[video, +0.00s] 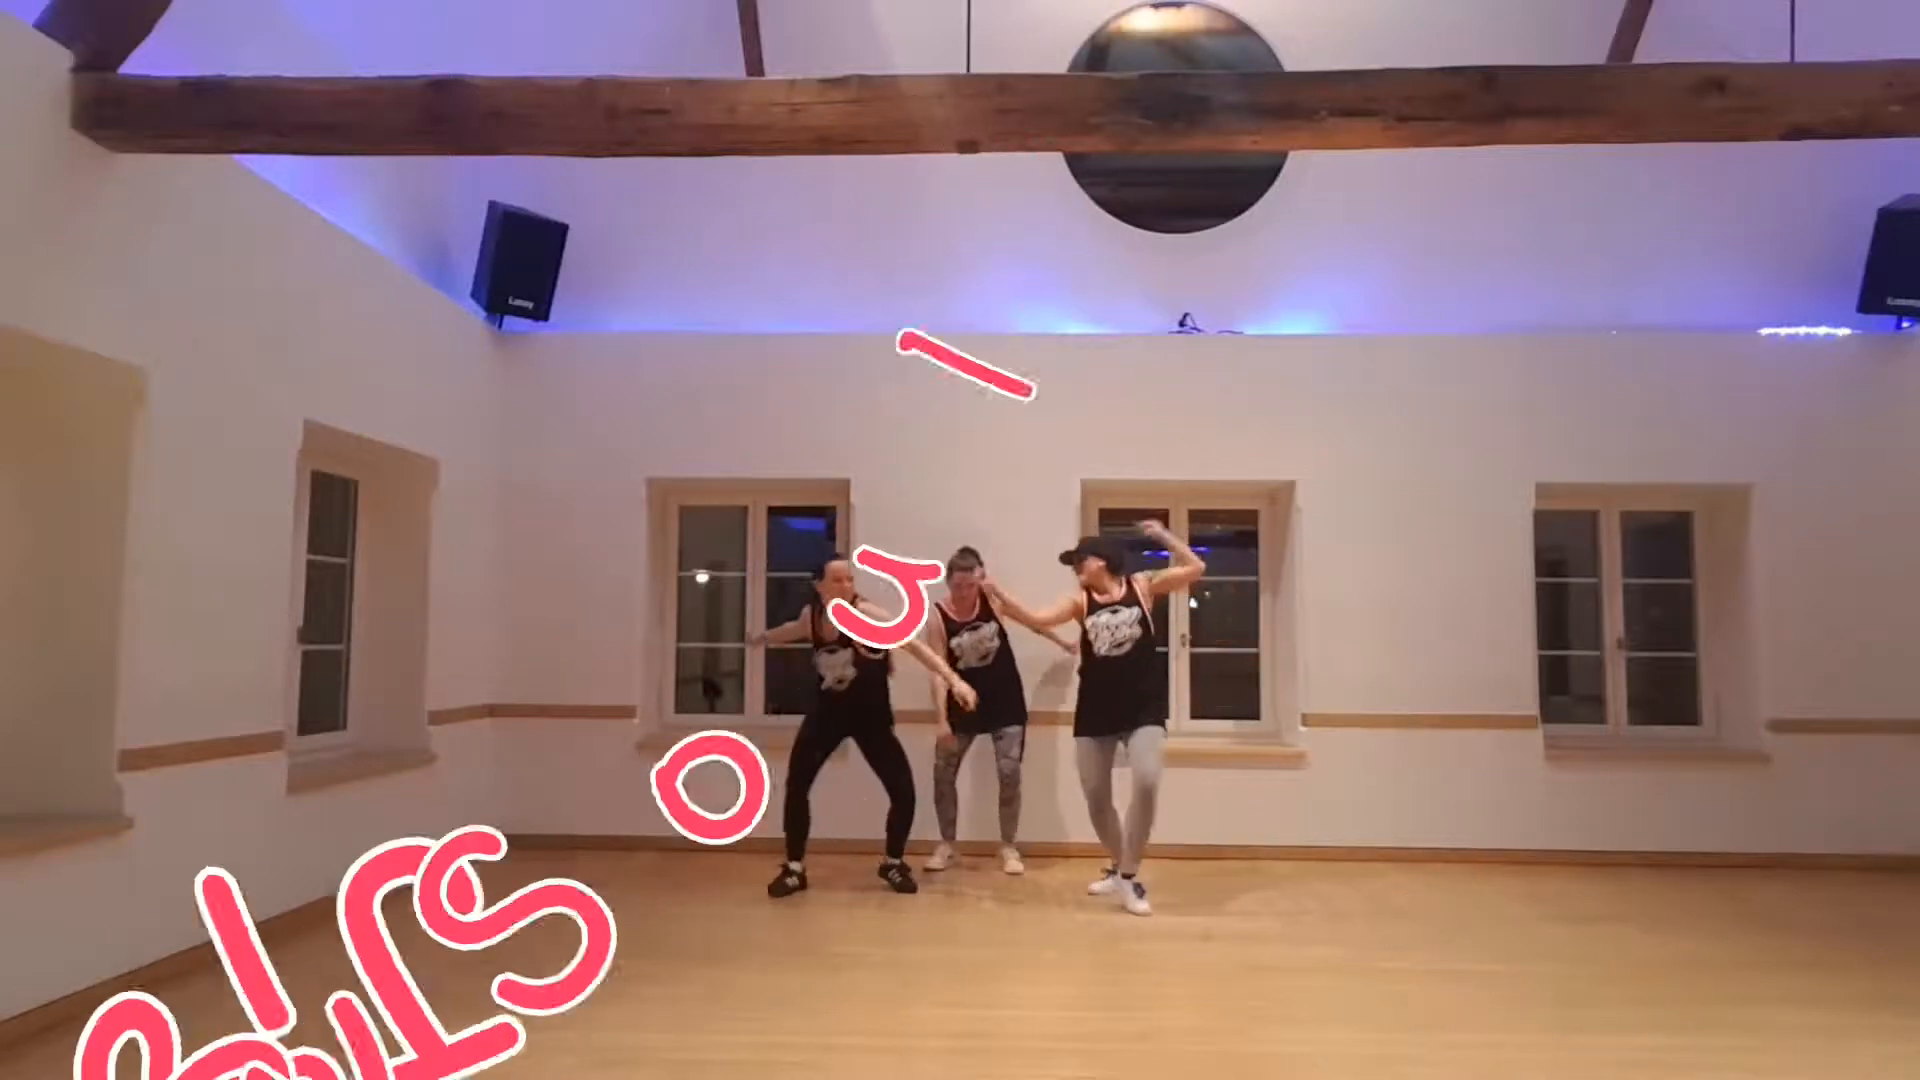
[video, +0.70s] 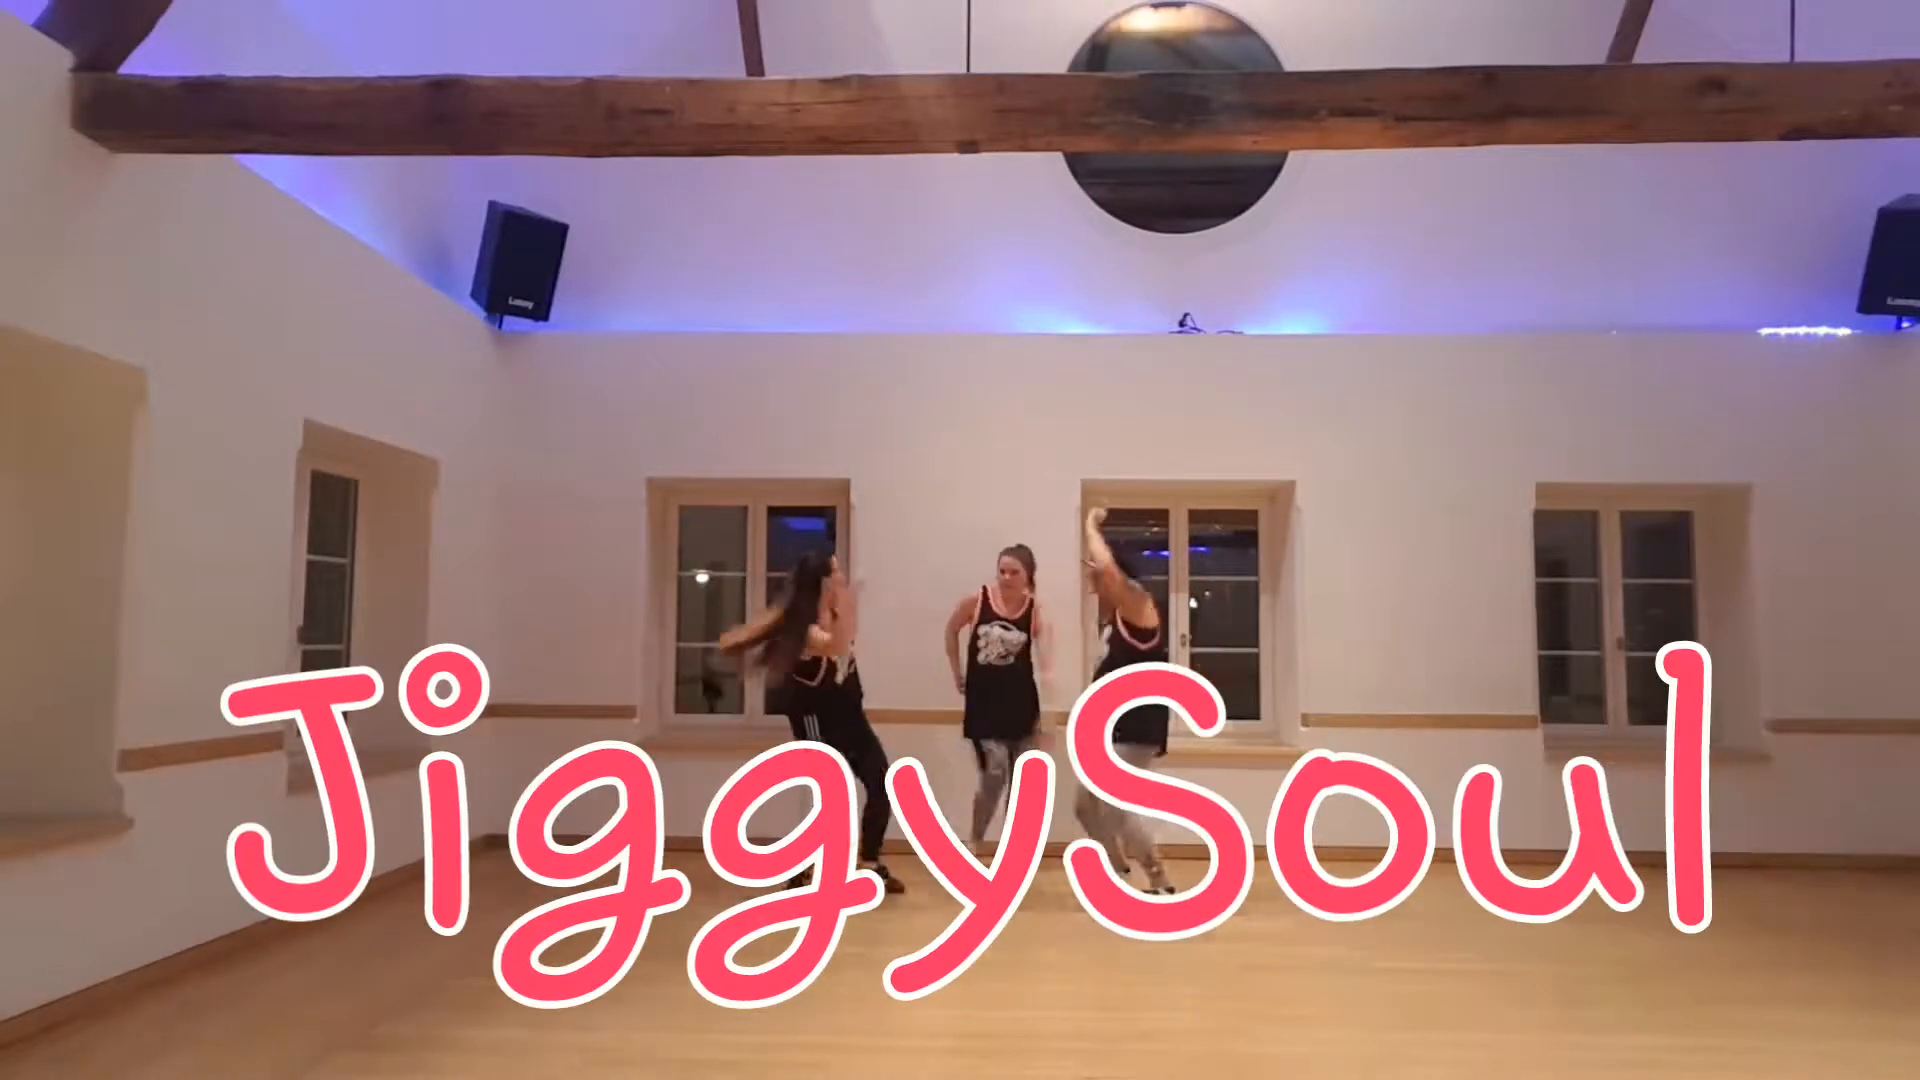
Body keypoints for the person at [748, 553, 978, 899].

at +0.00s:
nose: (844, 586)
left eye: (849, 579)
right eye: (837, 579)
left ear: (855, 583)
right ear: (820, 585)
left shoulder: (870, 614)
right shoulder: (812, 617)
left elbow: (913, 646)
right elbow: (794, 631)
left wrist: (954, 680)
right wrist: (763, 638)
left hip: (870, 719)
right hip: (826, 719)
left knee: (904, 793)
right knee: (796, 786)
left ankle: (893, 863)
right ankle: (794, 868)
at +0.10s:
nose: (838, 581)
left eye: (839, 575)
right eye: (829, 577)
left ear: (845, 581)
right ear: (808, 586)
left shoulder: (859, 614)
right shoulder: (795, 623)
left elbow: (904, 649)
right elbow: (776, 650)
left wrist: (941, 683)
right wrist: (747, 667)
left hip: (862, 717)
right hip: (817, 718)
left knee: (899, 790)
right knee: (788, 788)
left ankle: (897, 861)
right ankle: (795, 867)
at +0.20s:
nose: (835, 569)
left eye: (831, 563)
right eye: (826, 565)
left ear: (824, 575)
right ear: (804, 578)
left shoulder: (853, 603)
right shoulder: (785, 622)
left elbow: (890, 649)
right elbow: (766, 669)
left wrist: (917, 690)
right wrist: (745, 709)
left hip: (860, 710)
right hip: (814, 715)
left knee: (891, 787)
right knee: (795, 790)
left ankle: (897, 860)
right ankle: (796, 865)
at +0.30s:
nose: (827, 549)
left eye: (823, 545)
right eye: (819, 548)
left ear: (817, 569)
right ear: (803, 569)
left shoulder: (844, 590)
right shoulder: (784, 616)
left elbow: (868, 627)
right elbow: (773, 668)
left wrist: (886, 663)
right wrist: (759, 712)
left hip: (859, 701)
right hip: (815, 706)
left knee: (882, 781)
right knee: (802, 784)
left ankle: (893, 857)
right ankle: (796, 868)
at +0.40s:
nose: (831, 557)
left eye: (827, 552)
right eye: (824, 554)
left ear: (818, 568)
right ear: (806, 569)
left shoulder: (832, 589)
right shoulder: (787, 618)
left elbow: (851, 615)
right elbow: (777, 660)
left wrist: (873, 638)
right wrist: (775, 693)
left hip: (858, 697)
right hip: (818, 704)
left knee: (879, 777)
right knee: (809, 787)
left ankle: (884, 857)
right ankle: (799, 864)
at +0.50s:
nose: (835, 559)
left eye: (830, 553)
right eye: (829, 556)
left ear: (815, 571)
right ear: (812, 571)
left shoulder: (831, 594)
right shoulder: (794, 623)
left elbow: (839, 619)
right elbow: (788, 673)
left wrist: (852, 619)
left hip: (854, 695)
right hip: (817, 704)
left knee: (876, 775)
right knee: (820, 787)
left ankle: (875, 860)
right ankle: (801, 868)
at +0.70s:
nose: (840, 581)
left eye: (839, 574)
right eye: (835, 575)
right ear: (820, 583)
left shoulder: (828, 619)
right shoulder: (798, 629)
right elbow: (839, 648)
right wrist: (845, 600)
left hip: (847, 717)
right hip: (820, 721)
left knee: (882, 784)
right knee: (829, 793)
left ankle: (870, 860)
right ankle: (802, 868)